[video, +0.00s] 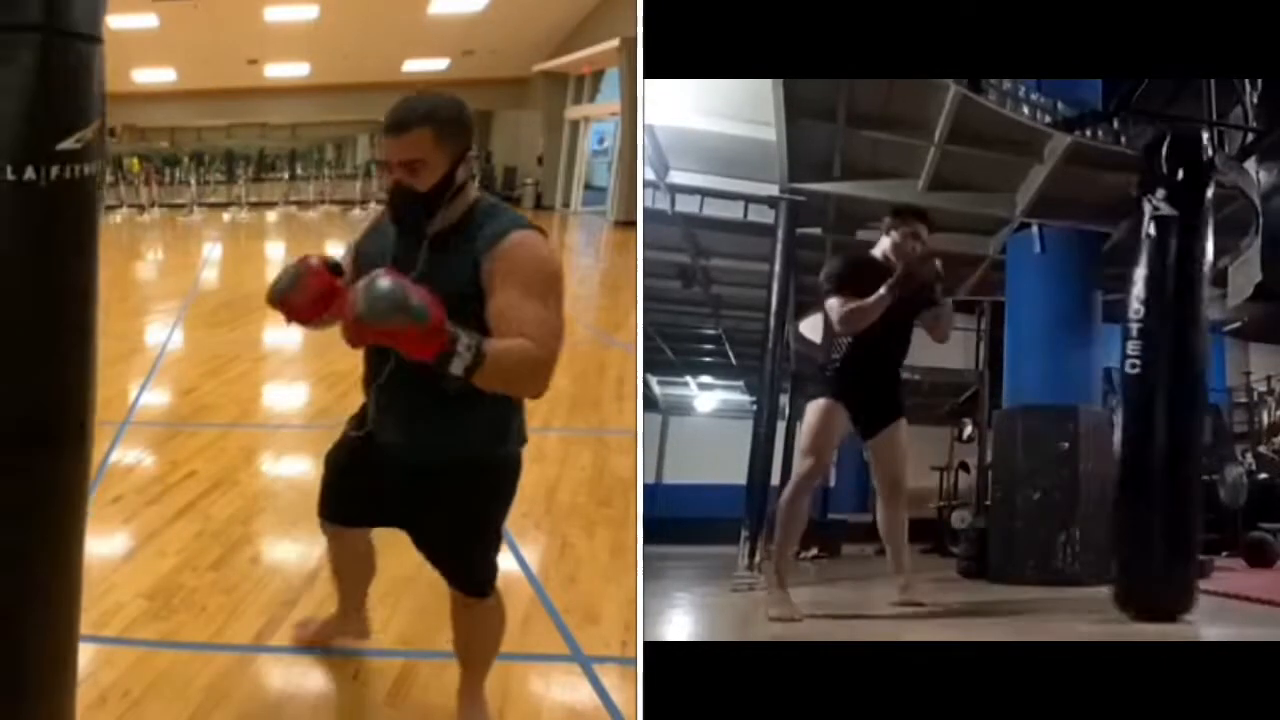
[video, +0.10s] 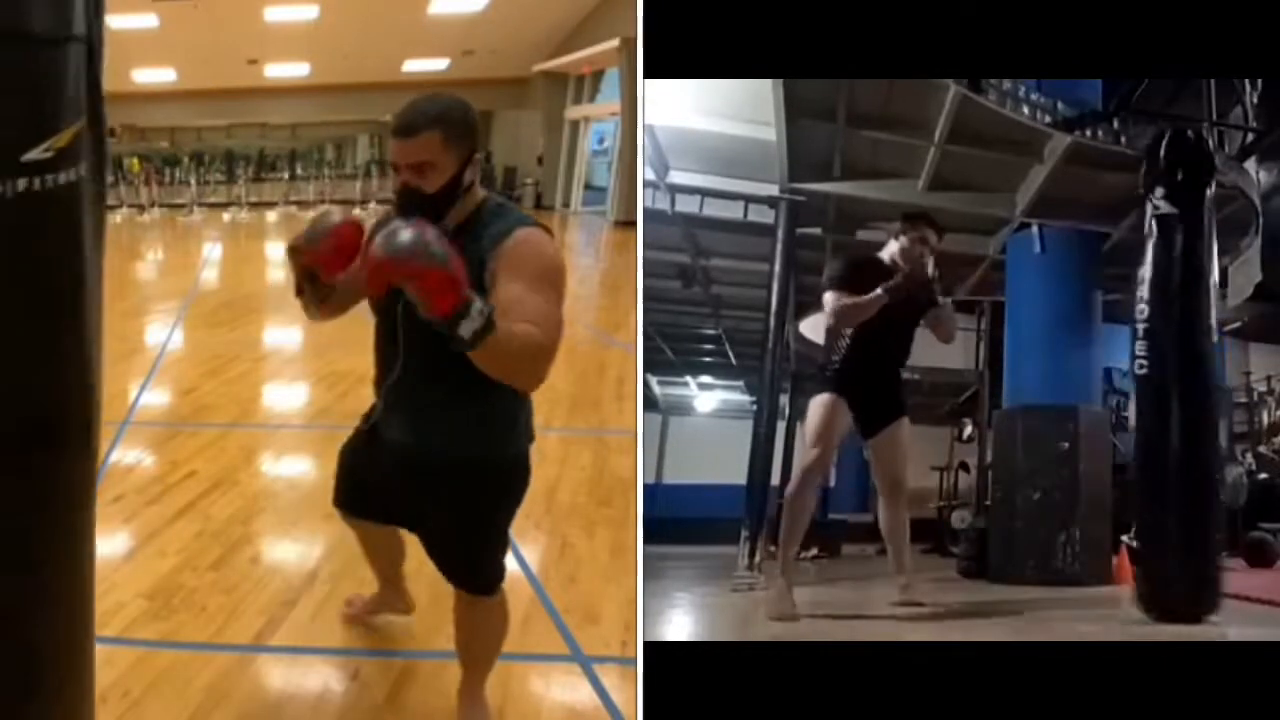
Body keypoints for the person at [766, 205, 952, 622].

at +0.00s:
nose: (913, 245)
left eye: (919, 240)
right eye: (908, 236)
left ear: (924, 248)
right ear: (886, 235)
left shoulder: (916, 283)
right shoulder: (849, 267)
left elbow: (940, 333)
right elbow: (841, 322)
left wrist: (934, 284)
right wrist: (890, 287)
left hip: (884, 390)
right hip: (838, 383)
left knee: (893, 488)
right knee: (810, 470)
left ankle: (904, 584)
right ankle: (776, 587)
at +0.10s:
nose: (922, 252)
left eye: (929, 248)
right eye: (917, 242)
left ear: (931, 254)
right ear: (896, 237)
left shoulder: (919, 289)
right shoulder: (857, 267)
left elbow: (946, 333)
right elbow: (837, 315)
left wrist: (932, 286)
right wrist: (887, 290)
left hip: (885, 387)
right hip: (840, 378)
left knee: (894, 488)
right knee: (814, 463)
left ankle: (904, 583)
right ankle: (781, 578)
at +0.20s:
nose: (921, 251)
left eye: (928, 247)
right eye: (917, 241)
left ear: (931, 252)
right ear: (897, 236)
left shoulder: (917, 288)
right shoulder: (853, 265)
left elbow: (941, 340)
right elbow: (837, 307)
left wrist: (930, 291)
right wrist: (885, 270)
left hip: (891, 396)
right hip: (844, 388)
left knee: (898, 490)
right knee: (813, 471)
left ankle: (904, 584)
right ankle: (782, 578)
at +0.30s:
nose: (916, 251)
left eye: (923, 247)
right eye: (912, 240)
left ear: (925, 254)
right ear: (891, 235)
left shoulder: (913, 288)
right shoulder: (850, 266)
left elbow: (934, 341)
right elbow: (838, 308)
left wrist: (929, 294)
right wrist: (885, 277)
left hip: (890, 395)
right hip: (843, 390)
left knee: (904, 489)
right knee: (812, 480)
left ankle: (905, 584)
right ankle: (780, 583)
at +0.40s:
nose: (905, 248)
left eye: (913, 244)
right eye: (900, 238)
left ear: (915, 254)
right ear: (878, 237)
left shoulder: (903, 290)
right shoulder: (843, 270)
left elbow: (920, 343)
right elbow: (834, 319)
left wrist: (924, 309)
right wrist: (887, 292)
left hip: (888, 391)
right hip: (840, 388)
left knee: (936, 474)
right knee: (810, 482)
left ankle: (925, 567)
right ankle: (781, 583)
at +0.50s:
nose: (906, 249)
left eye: (914, 245)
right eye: (902, 239)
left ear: (917, 253)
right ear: (879, 237)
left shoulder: (907, 285)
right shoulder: (844, 270)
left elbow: (925, 337)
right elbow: (829, 322)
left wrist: (921, 290)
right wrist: (878, 287)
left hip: (889, 390)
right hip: (841, 388)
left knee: (937, 469)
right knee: (811, 480)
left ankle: (943, 566)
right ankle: (781, 582)